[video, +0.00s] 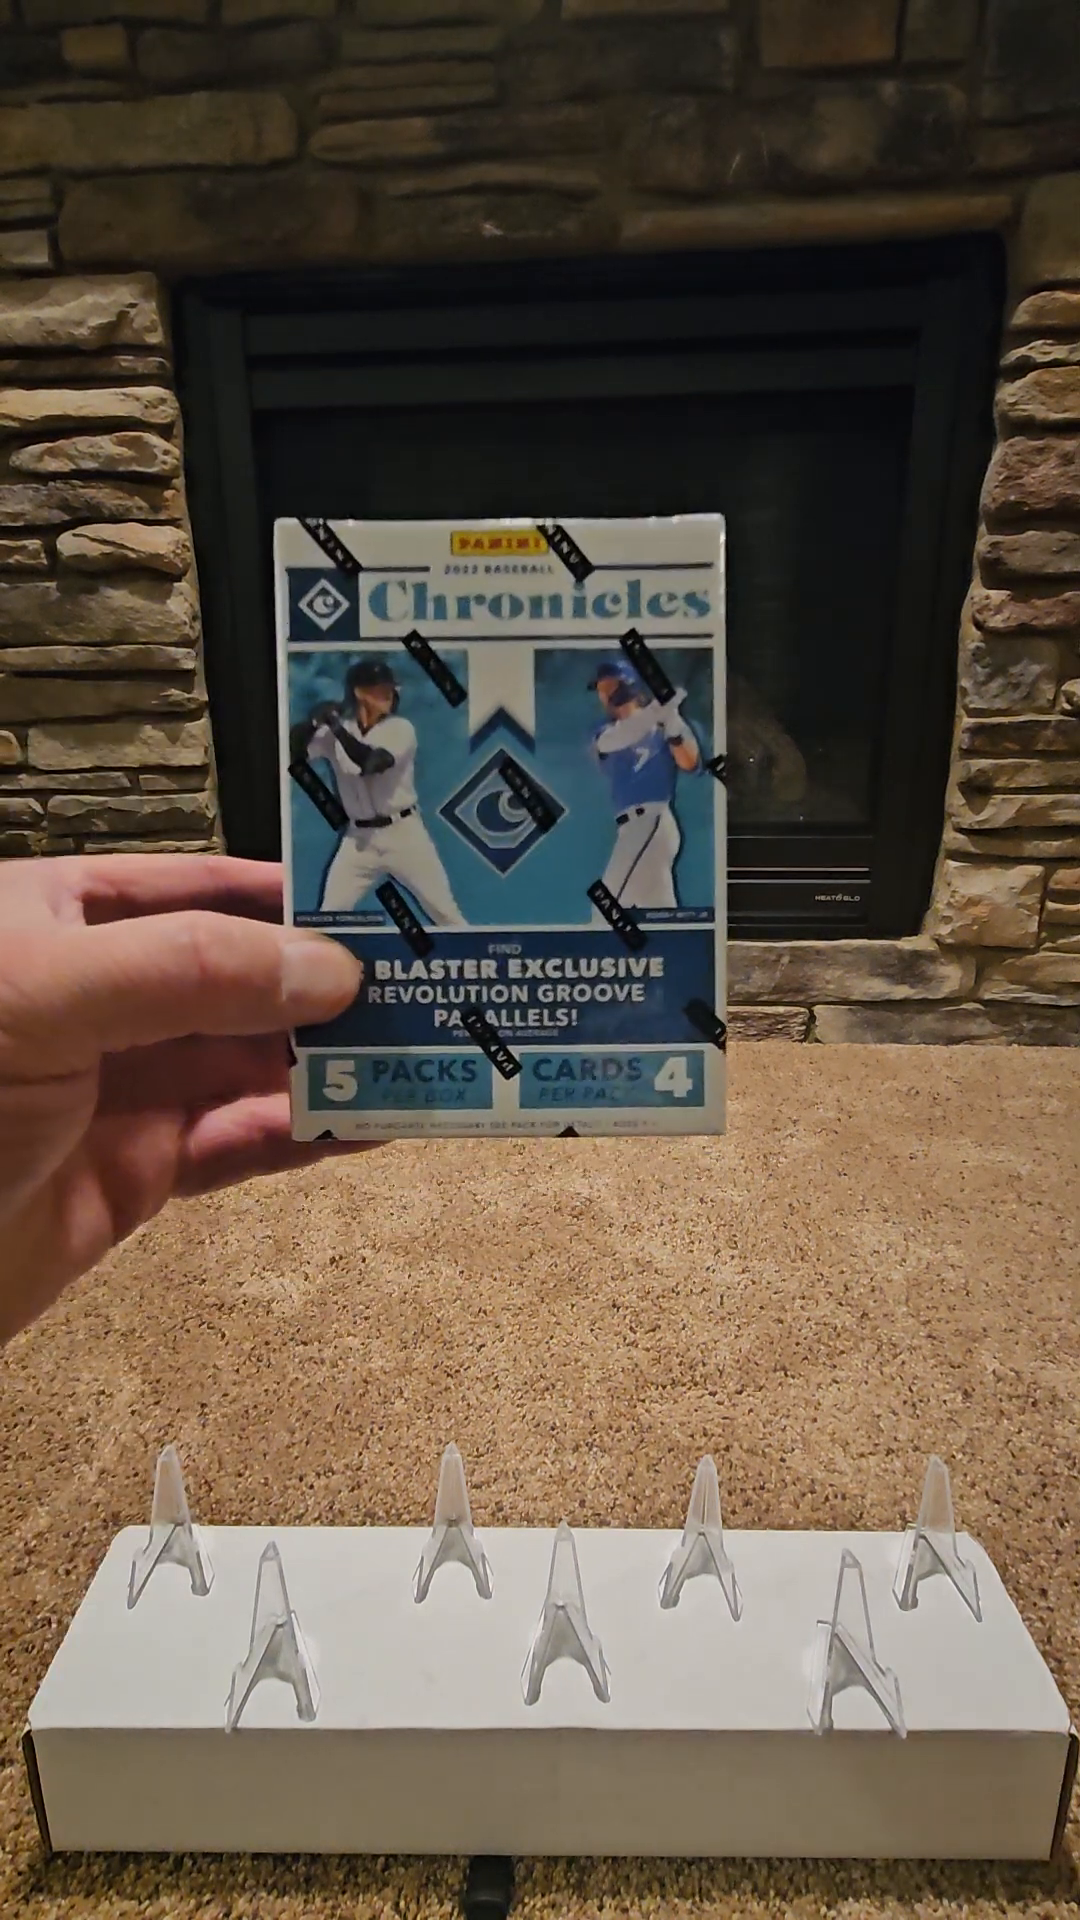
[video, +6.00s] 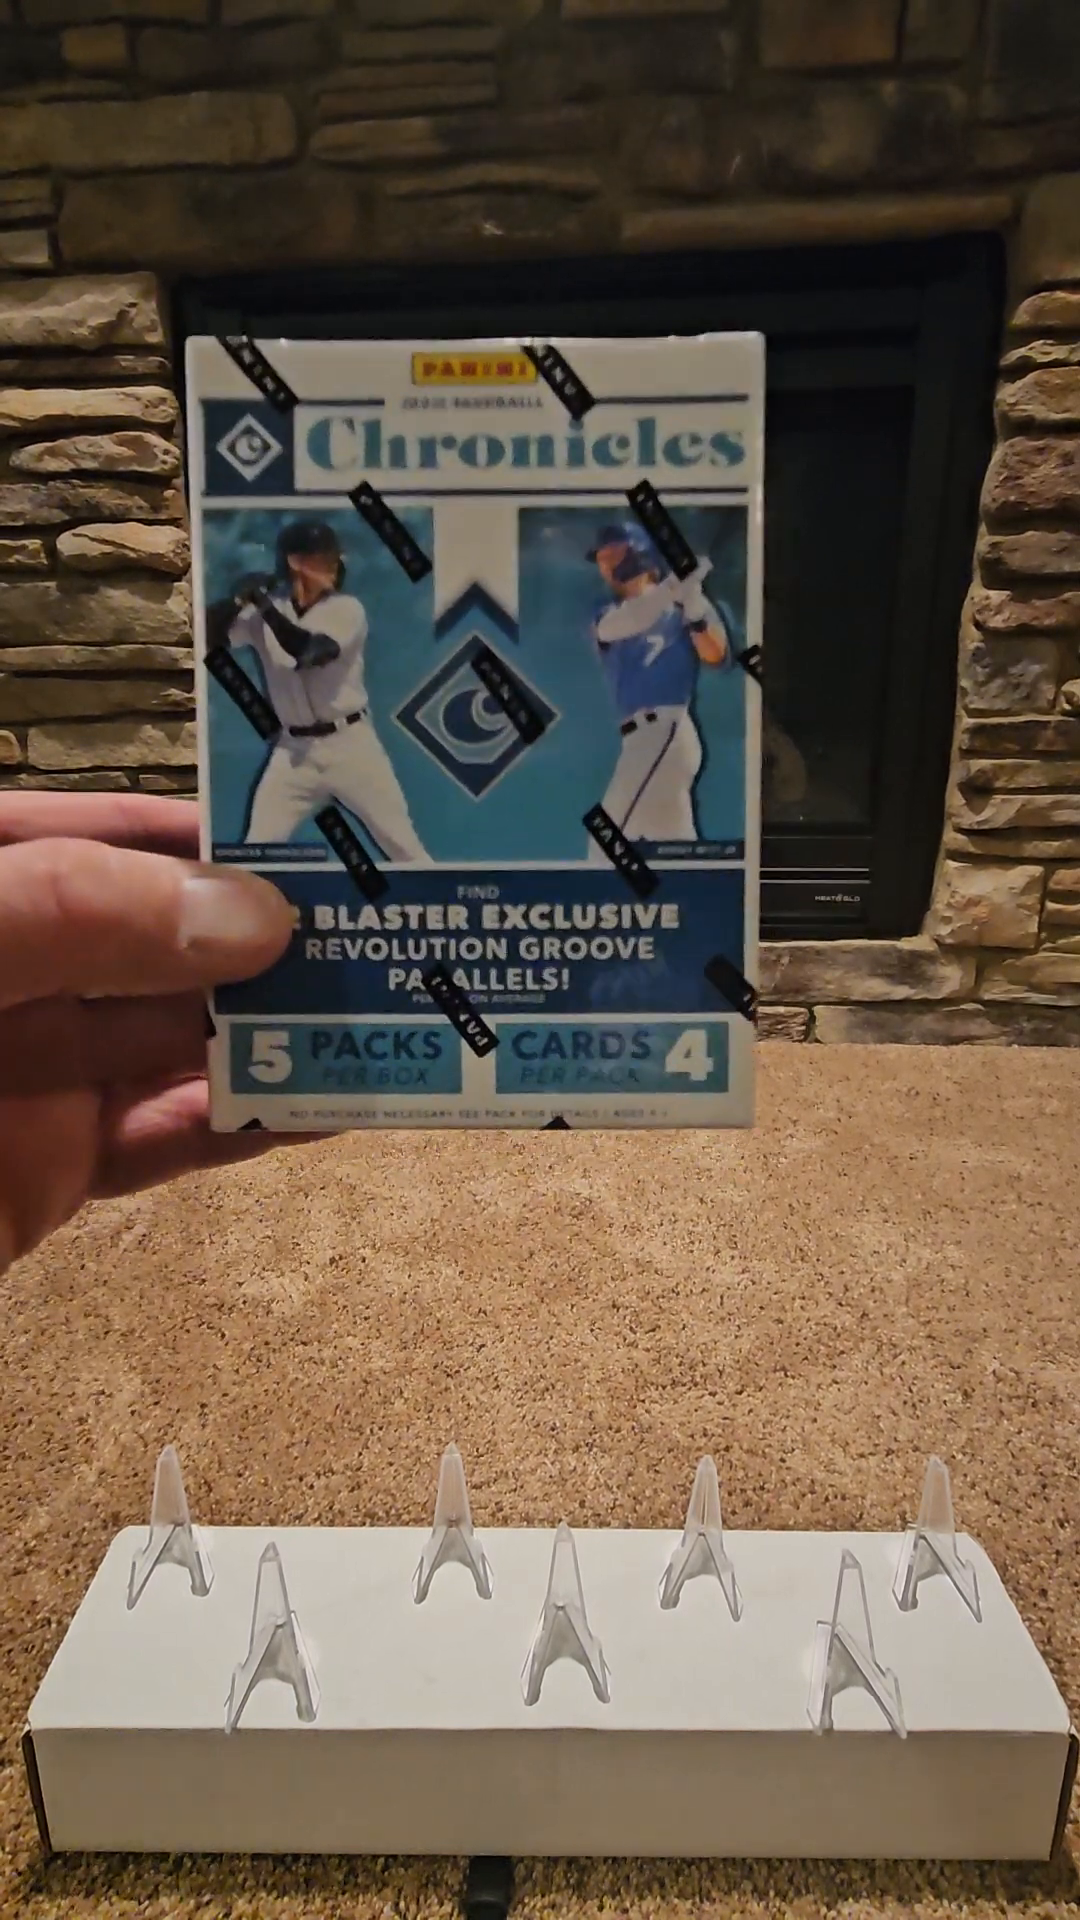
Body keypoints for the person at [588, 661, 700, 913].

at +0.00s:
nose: (602, 693)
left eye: (608, 685)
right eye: (600, 687)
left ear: (625, 685)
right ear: (599, 694)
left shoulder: (663, 721)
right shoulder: (605, 732)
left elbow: (690, 764)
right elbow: (620, 738)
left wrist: (673, 724)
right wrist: (654, 712)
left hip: (652, 823)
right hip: (632, 827)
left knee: (608, 906)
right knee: (660, 915)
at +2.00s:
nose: (614, 693)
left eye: (621, 684)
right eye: (611, 687)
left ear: (641, 685)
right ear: (609, 692)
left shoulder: (679, 723)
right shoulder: (616, 732)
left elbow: (704, 768)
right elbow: (628, 740)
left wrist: (686, 725)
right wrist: (669, 711)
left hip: (663, 830)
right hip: (641, 833)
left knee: (612, 915)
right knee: (670, 927)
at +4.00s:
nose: (607, 693)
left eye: (613, 684)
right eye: (603, 686)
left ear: (633, 686)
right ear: (600, 690)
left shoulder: (673, 721)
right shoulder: (607, 730)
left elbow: (696, 766)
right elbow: (614, 742)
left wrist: (677, 722)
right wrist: (658, 712)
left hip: (655, 829)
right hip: (633, 832)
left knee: (607, 916)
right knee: (665, 925)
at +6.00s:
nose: (605, 566)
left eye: (612, 555)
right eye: (601, 559)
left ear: (638, 557)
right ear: (598, 565)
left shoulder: (685, 603)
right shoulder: (607, 614)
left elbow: (716, 656)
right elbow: (629, 622)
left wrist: (694, 605)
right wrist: (671, 589)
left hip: (667, 733)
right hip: (639, 737)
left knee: (607, 839)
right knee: (676, 851)